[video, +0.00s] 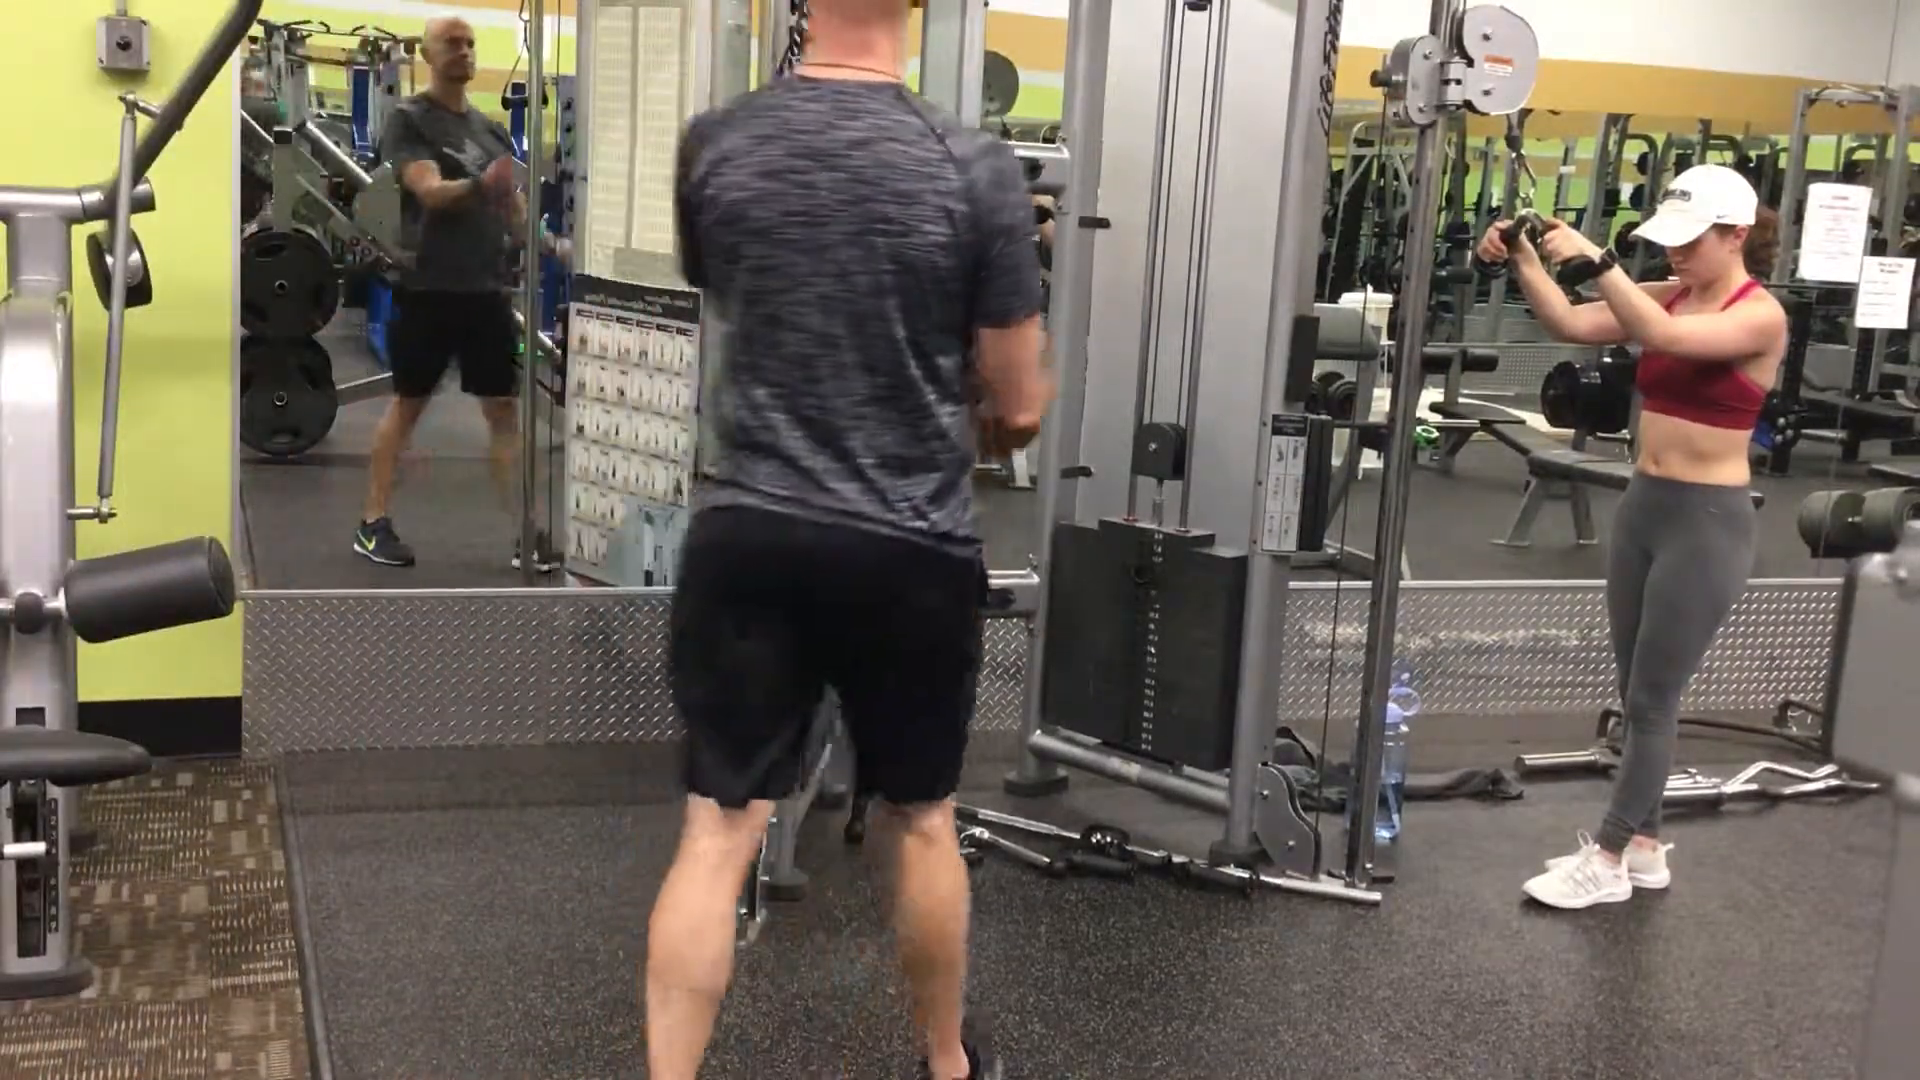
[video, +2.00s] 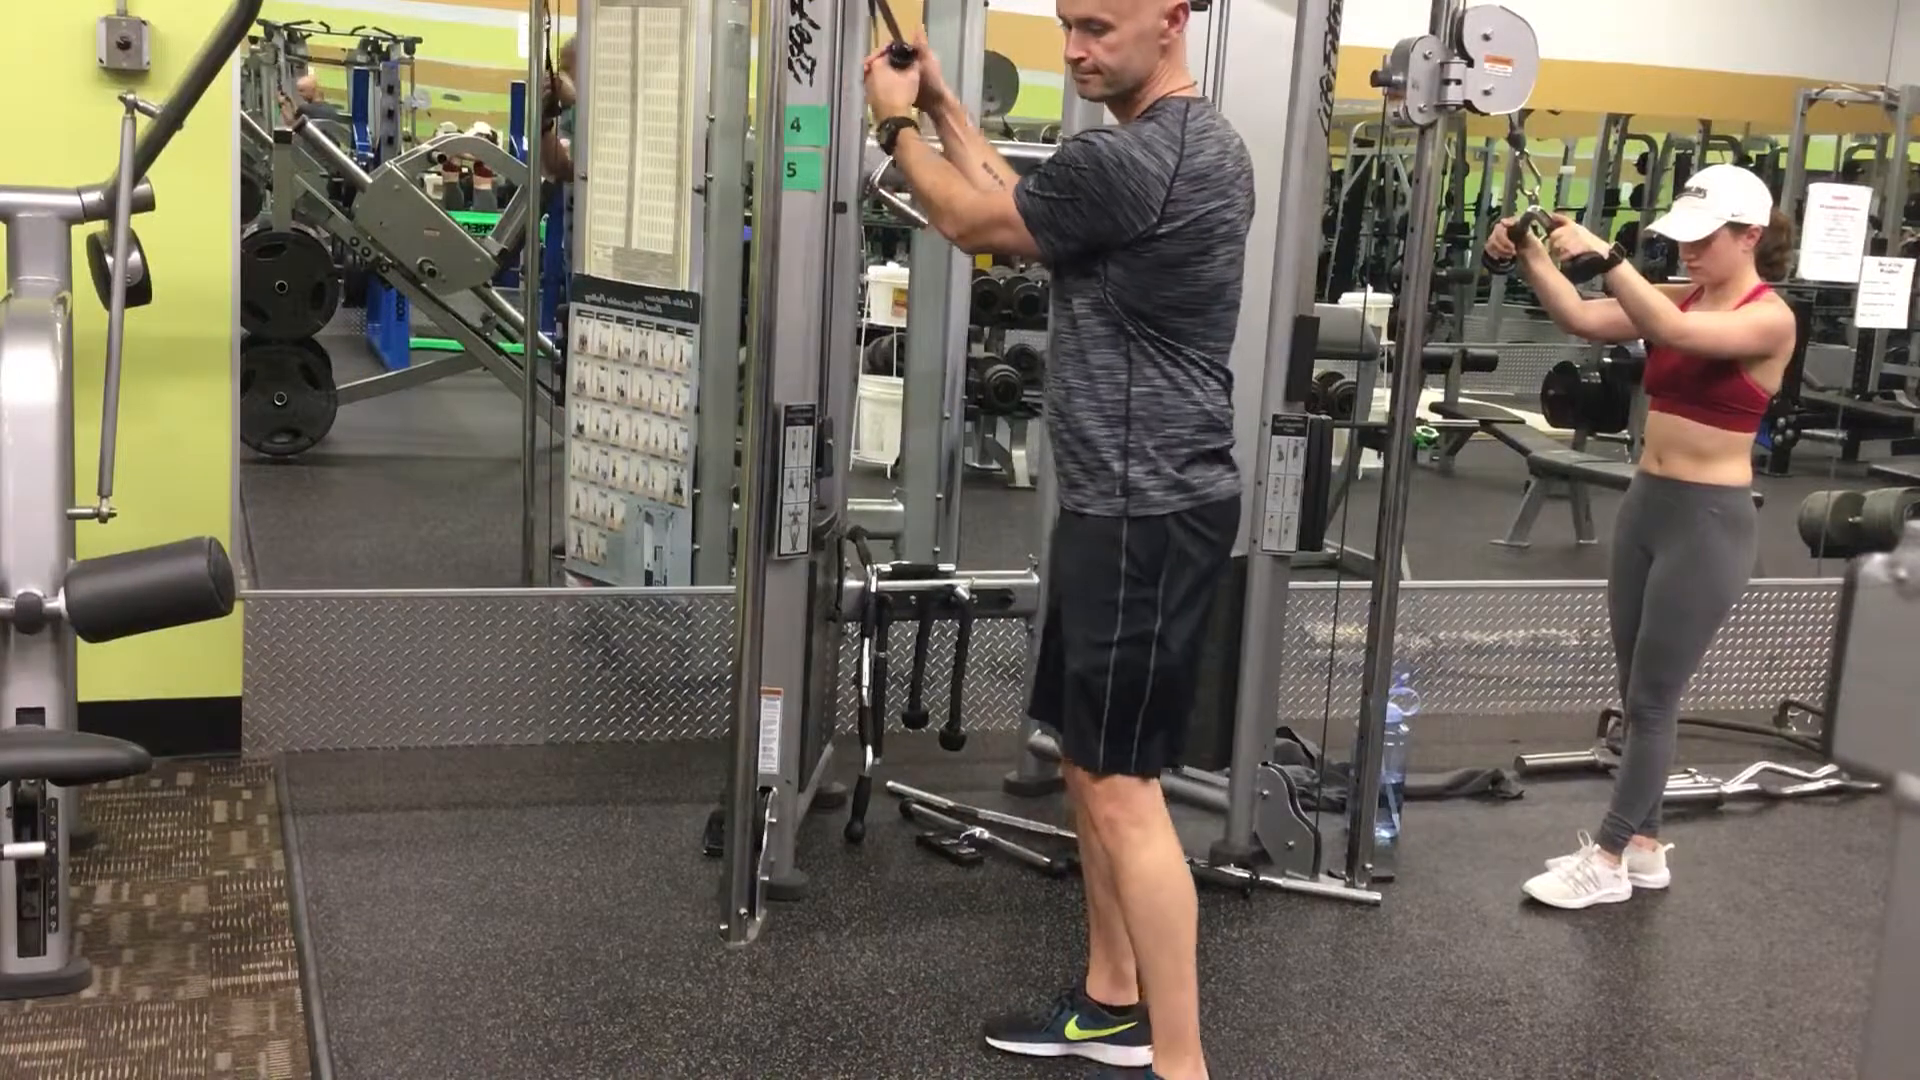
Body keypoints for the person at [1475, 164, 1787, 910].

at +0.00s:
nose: (1672, 254)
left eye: (1686, 240)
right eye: (1668, 241)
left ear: (1735, 236)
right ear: (1670, 240)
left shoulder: (1762, 315)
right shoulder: (1667, 297)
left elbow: (1664, 334)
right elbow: (1572, 322)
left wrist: (1595, 259)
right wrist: (1520, 258)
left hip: (1709, 523)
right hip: (1640, 509)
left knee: (1652, 699)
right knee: (1639, 691)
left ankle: (1606, 858)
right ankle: (1644, 844)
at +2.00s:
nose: (1685, 253)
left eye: (1700, 239)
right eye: (1681, 239)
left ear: (1749, 236)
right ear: (1681, 238)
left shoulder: (1772, 317)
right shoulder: (1679, 301)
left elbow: (1673, 328)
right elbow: (1584, 316)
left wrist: (1603, 254)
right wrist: (1529, 257)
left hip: (1709, 523)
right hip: (1642, 508)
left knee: (1653, 698)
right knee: (1639, 692)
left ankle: (1605, 858)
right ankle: (1645, 846)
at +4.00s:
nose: (1683, 253)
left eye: (1698, 239)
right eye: (1678, 240)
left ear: (1747, 237)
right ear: (1679, 239)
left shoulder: (1769, 318)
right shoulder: (1675, 300)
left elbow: (1670, 331)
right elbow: (1579, 318)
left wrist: (1602, 258)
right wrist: (1526, 257)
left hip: (1709, 524)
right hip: (1642, 509)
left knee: (1651, 699)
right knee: (1639, 693)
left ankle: (1606, 859)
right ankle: (1646, 846)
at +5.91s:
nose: (1672, 255)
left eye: (1686, 241)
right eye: (1669, 243)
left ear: (1735, 237)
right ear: (1672, 242)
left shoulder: (1764, 314)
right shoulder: (1669, 300)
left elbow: (1665, 335)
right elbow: (1572, 321)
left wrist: (1595, 260)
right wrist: (1522, 260)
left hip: (1709, 523)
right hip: (1643, 507)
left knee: (1651, 699)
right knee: (1638, 691)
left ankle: (1607, 858)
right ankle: (1646, 845)